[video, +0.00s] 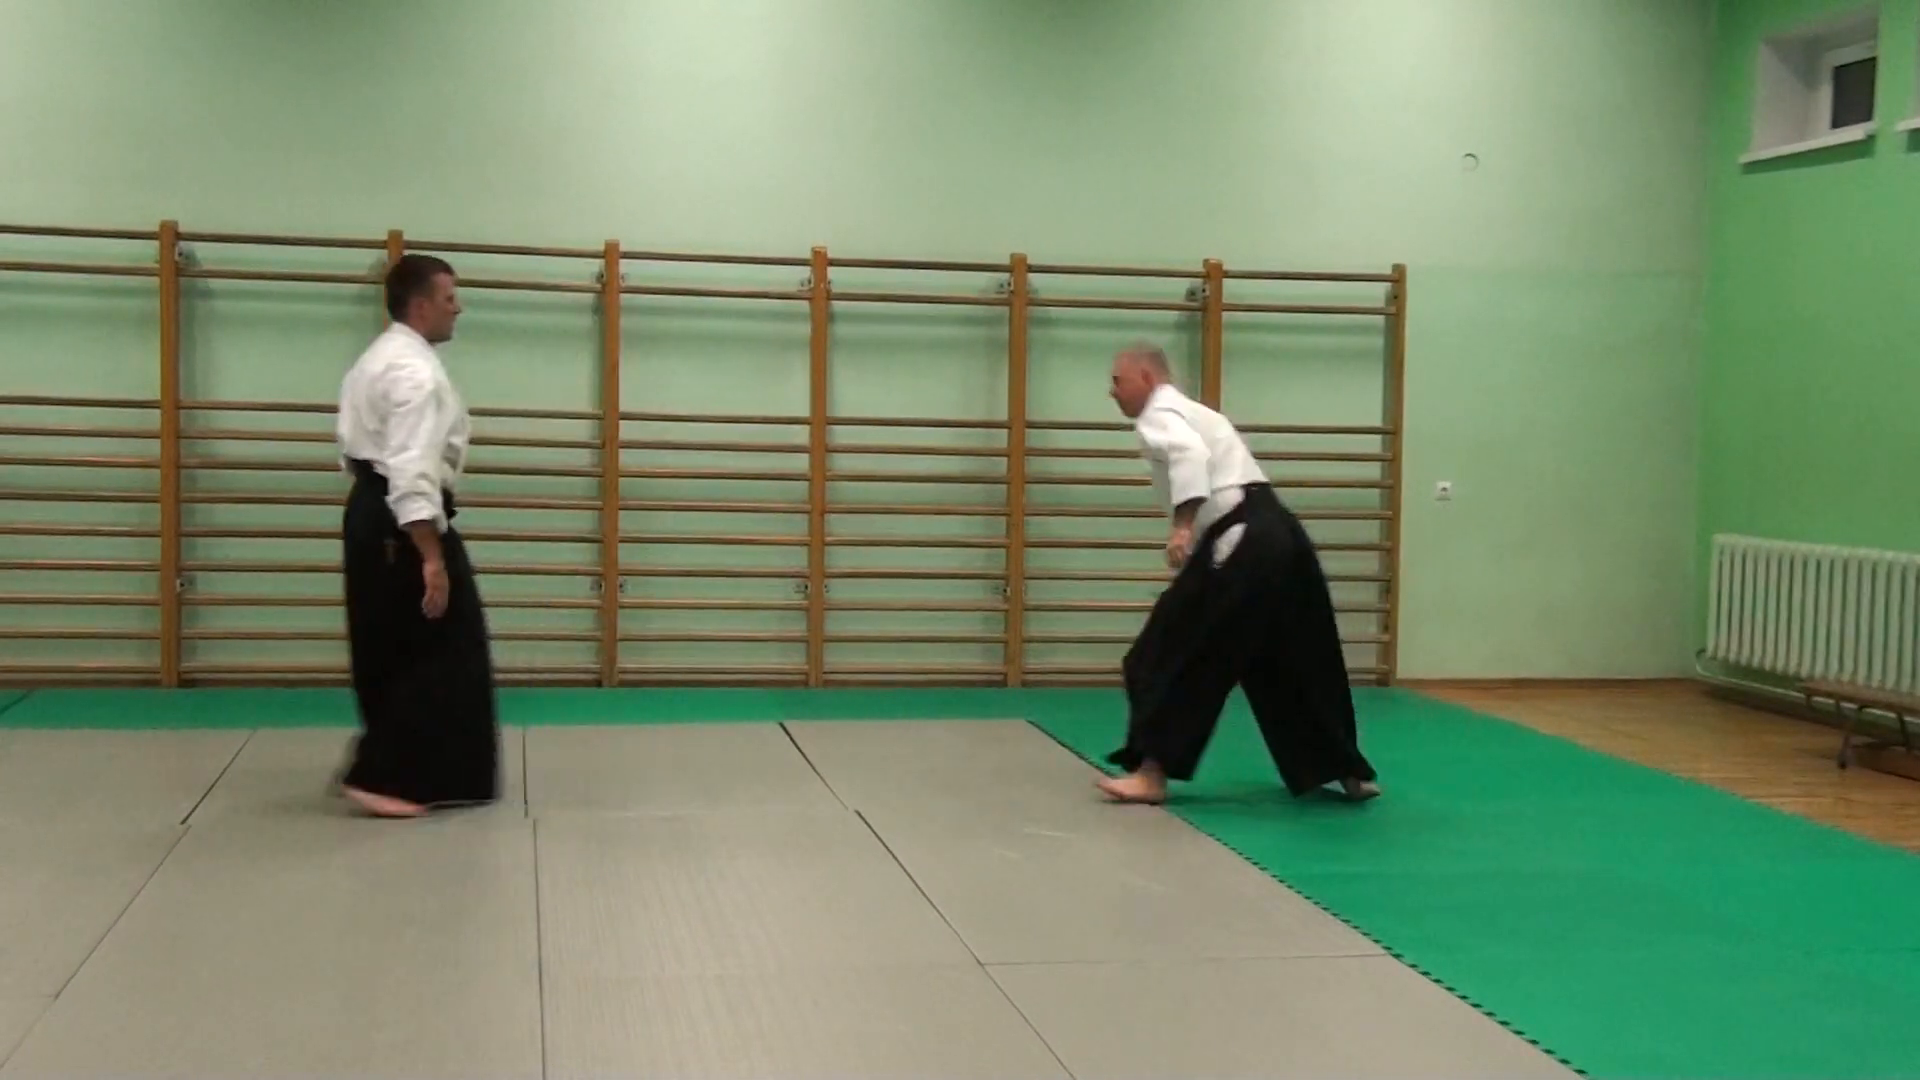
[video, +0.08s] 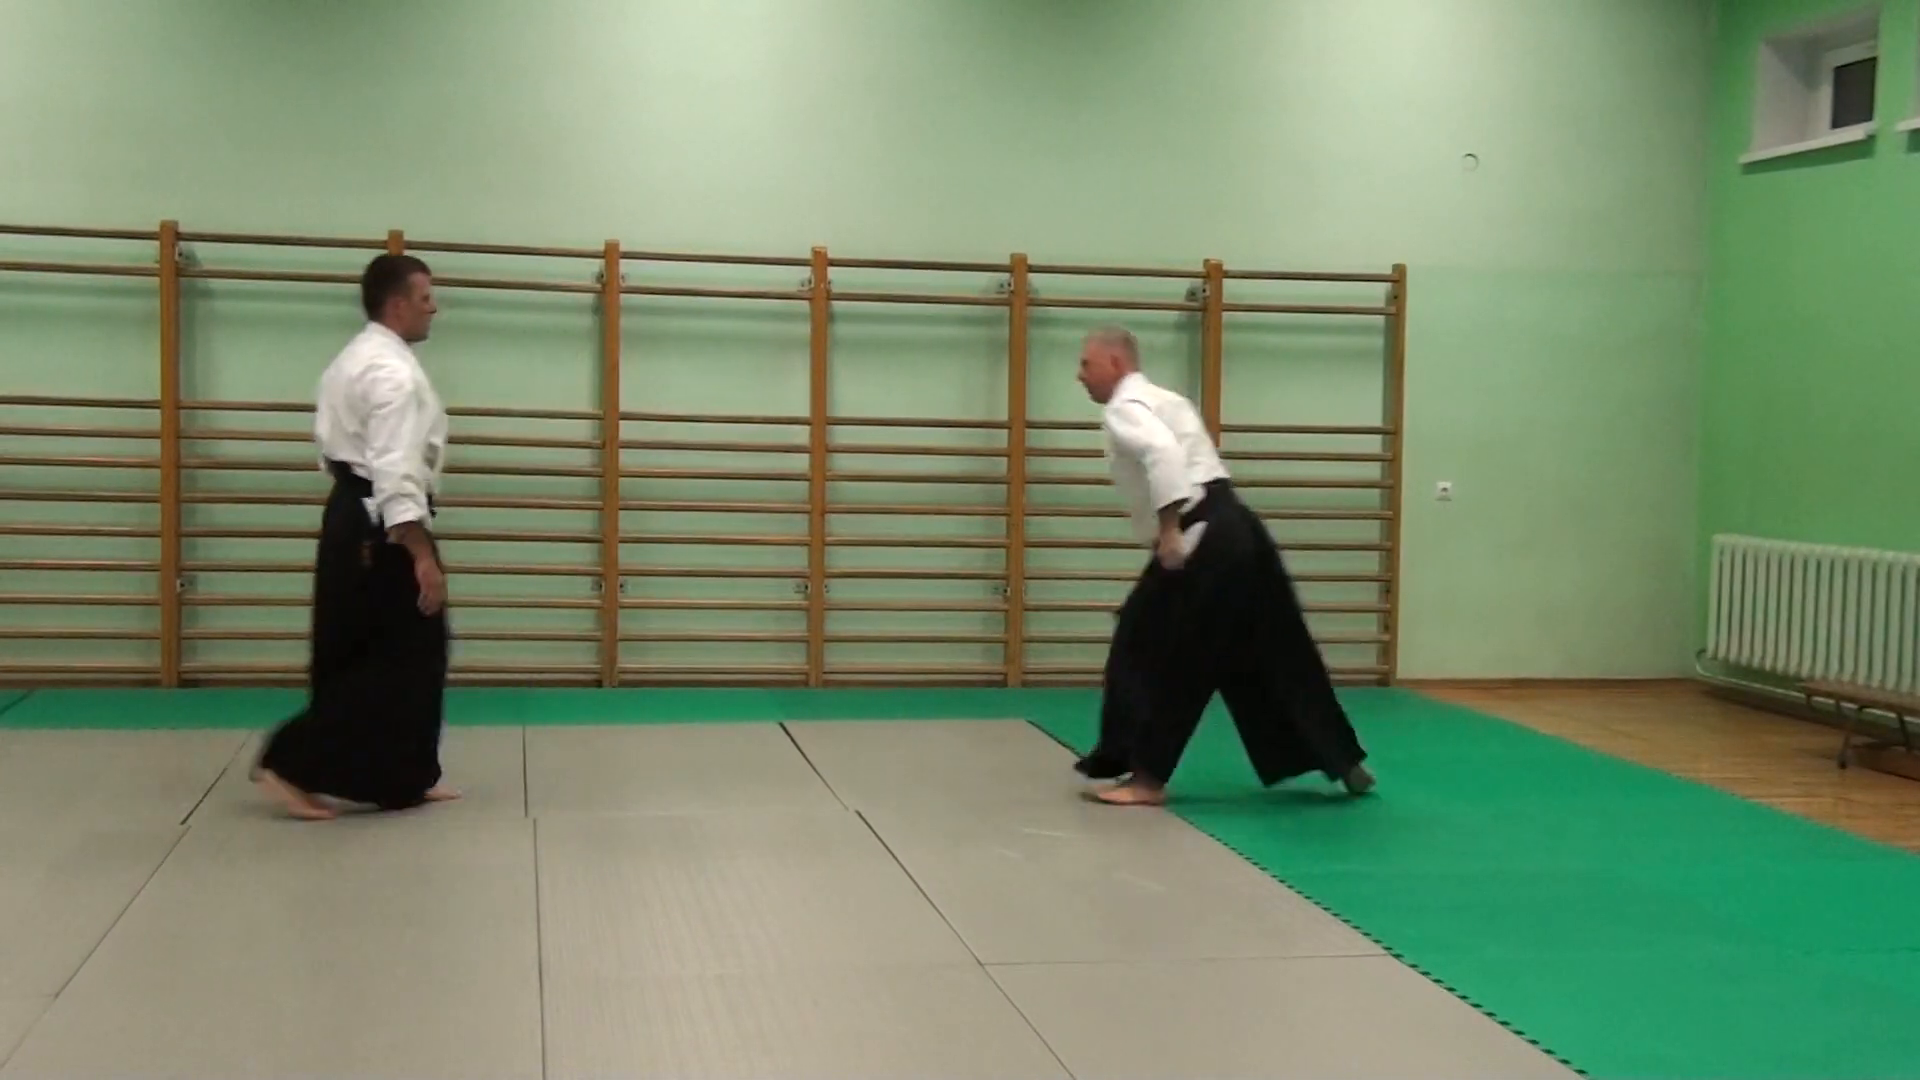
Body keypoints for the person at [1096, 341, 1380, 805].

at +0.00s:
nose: (1113, 391)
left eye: (1118, 381)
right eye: (1112, 382)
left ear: (1145, 377)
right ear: (1153, 378)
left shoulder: (1156, 413)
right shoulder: (1195, 409)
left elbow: (1190, 453)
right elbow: (1233, 466)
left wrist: (1182, 526)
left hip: (1242, 542)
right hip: (1284, 535)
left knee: (1166, 655)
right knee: (1304, 657)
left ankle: (1149, 775)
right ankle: (1352, 770)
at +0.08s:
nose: (1080, 375)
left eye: (1087, 365)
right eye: (1080, 365)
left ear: (1115, 363)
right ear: (1124, 365)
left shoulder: (1122, 408)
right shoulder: (1167, 399)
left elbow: (1161, 450)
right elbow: (1201, 457)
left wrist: (1168, 525)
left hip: (1201, 535)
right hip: (1238, 527)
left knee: (1151, 650)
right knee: (1275, 649)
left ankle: (1146, 780)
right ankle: (1341, 757)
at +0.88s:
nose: (982, 320)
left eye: (989, 311)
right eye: (984, 311)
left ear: (1019, 314)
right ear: (1021, 313)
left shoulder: (1033, 370)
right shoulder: (1021, 366)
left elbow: (1057, 450)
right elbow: (1024, 454)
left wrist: (1021, 517)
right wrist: (983, 511)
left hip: (1018, 532)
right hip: (1020, 529)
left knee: (967, 648)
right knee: (1036, 646)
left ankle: (945, 773)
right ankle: (1125, 729)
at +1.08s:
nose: (985, 314)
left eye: (991, 305)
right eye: (985, 305)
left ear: (1019, 307)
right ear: (1024, 308)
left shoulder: (1027, 366)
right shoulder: (1039, 359)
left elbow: (994, 440)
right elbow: (1003, 443)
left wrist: (942, 498)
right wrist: (960, 498)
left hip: (1029, 522)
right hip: (1026, 516)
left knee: (991, 637)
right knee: (969, 631)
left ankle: (1037, 767)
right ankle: (984, 755)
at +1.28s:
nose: (976, 321)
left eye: (982, 311)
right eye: (978, 311)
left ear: (1008, 315)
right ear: (1015, 316)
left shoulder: (1009, 375)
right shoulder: (1030, 370)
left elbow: (941, 430)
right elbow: (966, 441)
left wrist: (855, 444)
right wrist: (905, 463)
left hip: (1001, 527)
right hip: (1014, 522)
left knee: (937, 622)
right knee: (960, 628)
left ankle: (1009, 730)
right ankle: (940, 757)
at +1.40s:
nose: (966, 316)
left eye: (972, 306)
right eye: (968, 306)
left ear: (998, 311)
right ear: (1007, 312)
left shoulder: (998, 370)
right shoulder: (1019, 366)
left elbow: (925, 418)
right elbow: (940, 431)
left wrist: (843, 427)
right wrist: (865, 443)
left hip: (994, 525)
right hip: (1014, 522)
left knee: (912, 622)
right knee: (974, 643)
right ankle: (973, 761)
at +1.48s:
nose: (964, 312)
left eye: (970, 302)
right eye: (966, 302)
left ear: (996, 308)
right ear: (1007, 310)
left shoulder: (993, 367)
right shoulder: (1022, 361)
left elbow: (924, 419)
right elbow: (940, 413)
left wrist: (854, 430)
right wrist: (874, 419)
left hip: (987, 522)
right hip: (1019, 515)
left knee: (926, 636)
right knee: (993, 637)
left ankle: (897, 763)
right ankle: (1000, 754)